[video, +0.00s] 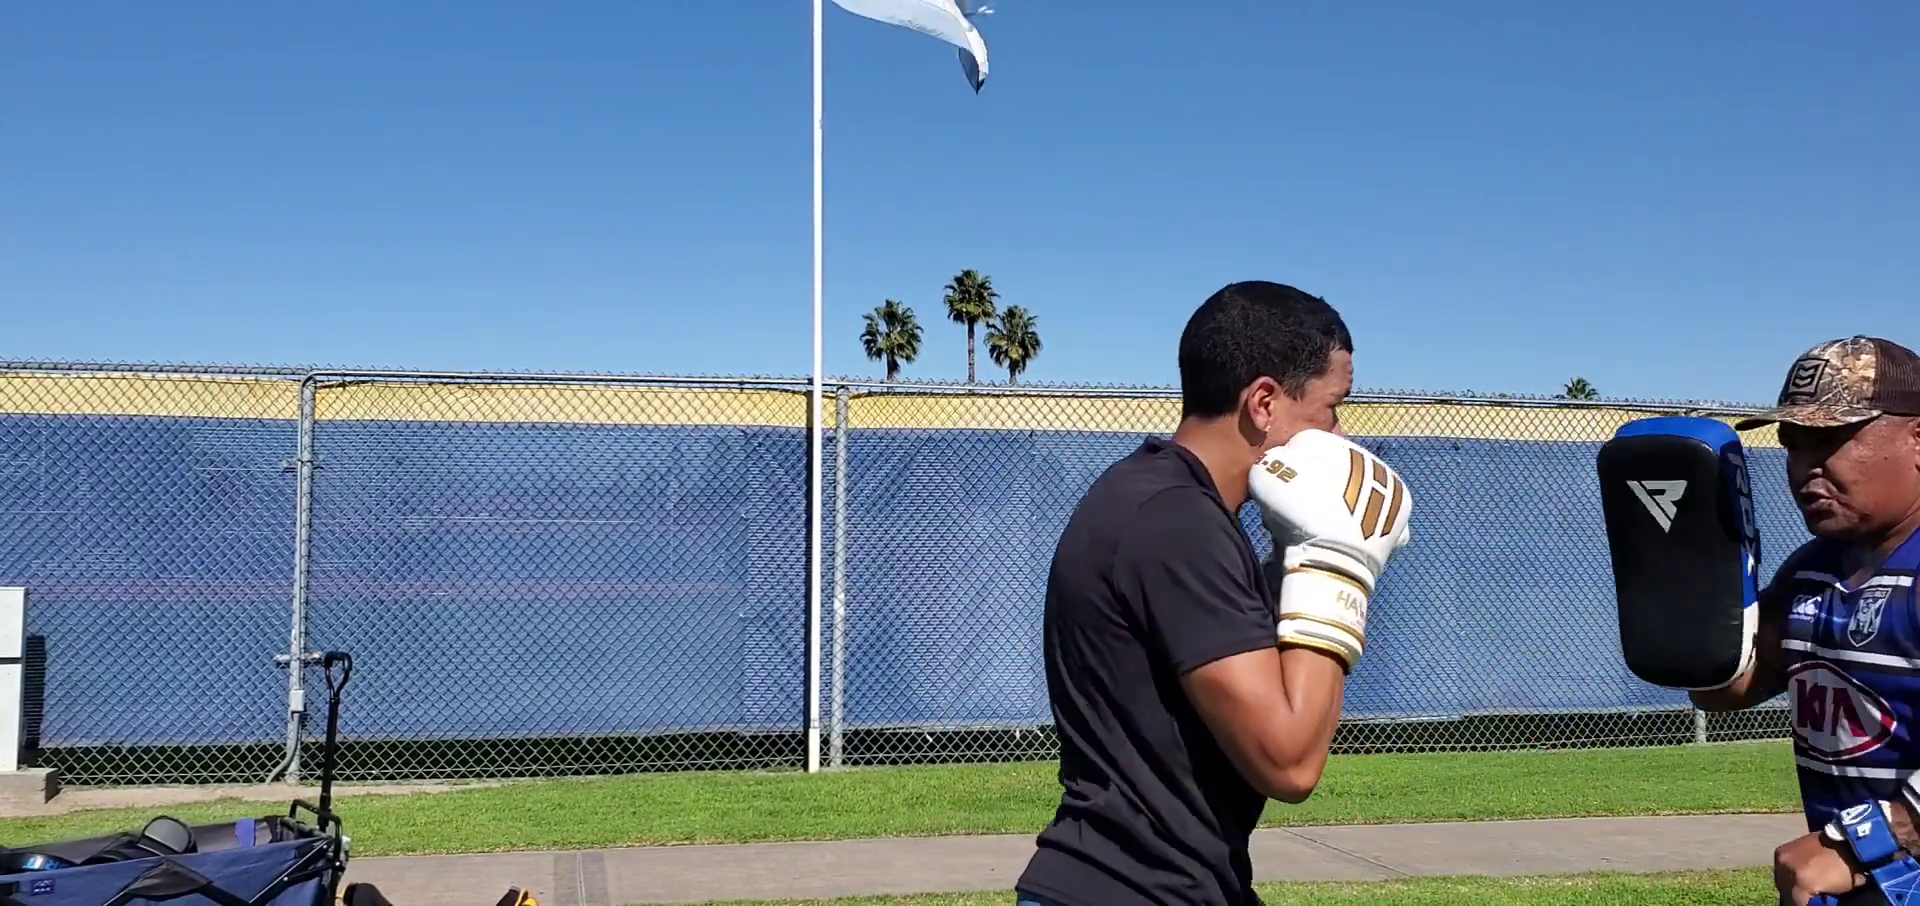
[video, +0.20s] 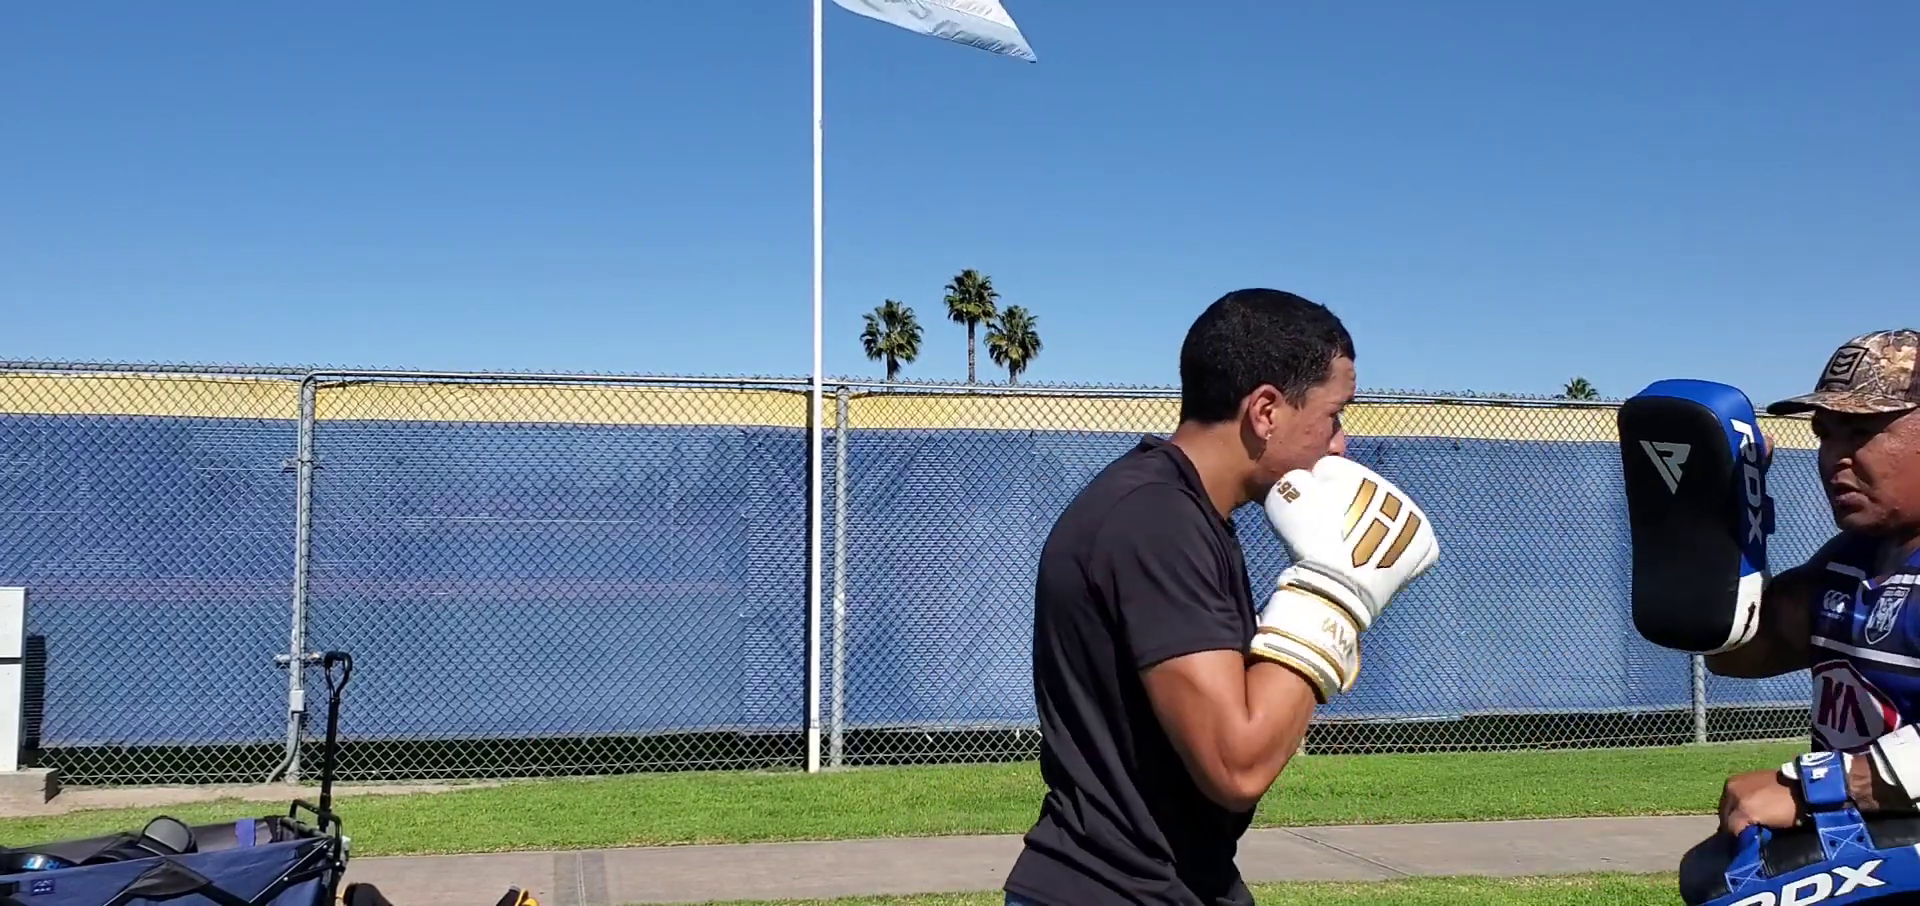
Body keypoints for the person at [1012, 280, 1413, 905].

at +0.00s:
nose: (1335, 431)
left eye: (1337, 408)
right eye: (1330, 407)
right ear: (1263, 404)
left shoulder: (1143, 496)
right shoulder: (1178, 519)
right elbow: (1290, 763)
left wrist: (1294, 563)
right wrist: (1335, 576)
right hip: (1152, 886)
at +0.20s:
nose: (1340, 444)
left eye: (1339, 419)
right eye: (1332, 418)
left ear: (1265, 414)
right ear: (1265, 413)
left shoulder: (1191, 511)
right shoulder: (1155, 521)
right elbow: (1239, 767)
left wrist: (1329, 617)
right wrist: (1329, 595)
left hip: (1179, 881)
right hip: (1117, 887)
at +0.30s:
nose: (1347, 484)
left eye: (1348, 458)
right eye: (1341, 456)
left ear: (1274, 451)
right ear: (1274, 450)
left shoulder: (1219, 543)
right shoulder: (1148, 546)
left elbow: (1268, 678)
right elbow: (1242, 780)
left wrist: (1402, 656)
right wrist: (1390, 670)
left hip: (1186, 883)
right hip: (1100, 888)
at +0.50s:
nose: (1393, 464)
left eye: (1392, 440)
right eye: (1383, 439)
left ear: (1291, 432)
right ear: (1313, 435)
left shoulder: (1157, 518)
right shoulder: (1325, 501)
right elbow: (1557, 590)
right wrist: (1628, 504)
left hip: (1121, 871)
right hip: (1218, 883)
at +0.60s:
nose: (1399, 456)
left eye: (1398, 430)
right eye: (1388, 427)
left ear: (1309, 424)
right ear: (1322, 423)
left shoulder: (1164, 513)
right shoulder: (1326, 507)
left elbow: (1218, 671)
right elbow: (1522, 659)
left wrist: (1343, 618)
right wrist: (1607, 568)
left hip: (1131, 871)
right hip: (1251, 880)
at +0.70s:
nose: (1405, 453)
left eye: (1402, 426)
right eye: (1394, 425)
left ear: (1320, 430)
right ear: (1328, 429)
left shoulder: (1175, 514)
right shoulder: (1319, 526)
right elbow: (1400, 767)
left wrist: (1344, 603)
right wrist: (1497, 668)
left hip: (1134, 866)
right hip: (1243, 876)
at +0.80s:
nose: (1408, 468)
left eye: (1407, 443)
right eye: (1400, 441)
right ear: (1338, 434)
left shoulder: (1188, 513)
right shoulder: (1287, 538)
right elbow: (1292, 792)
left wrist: (1345, 626)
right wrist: (1410, 659)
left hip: (1138, 862)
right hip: (1223, 879)